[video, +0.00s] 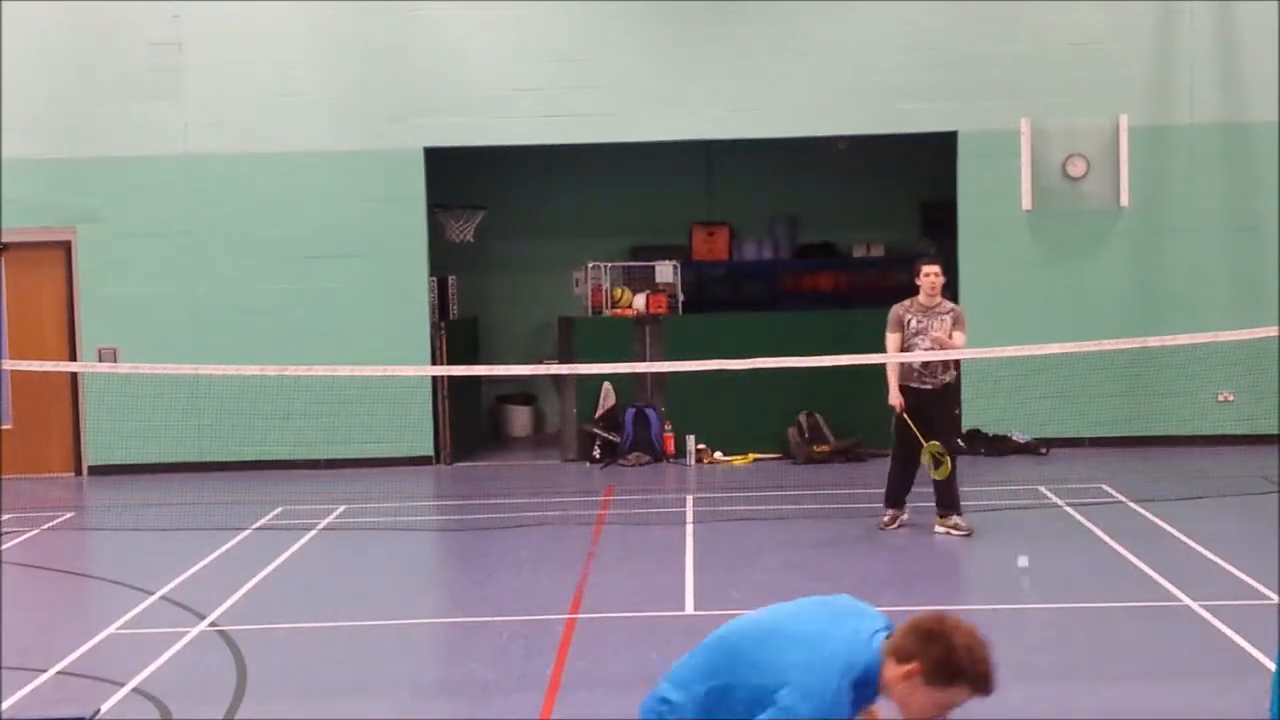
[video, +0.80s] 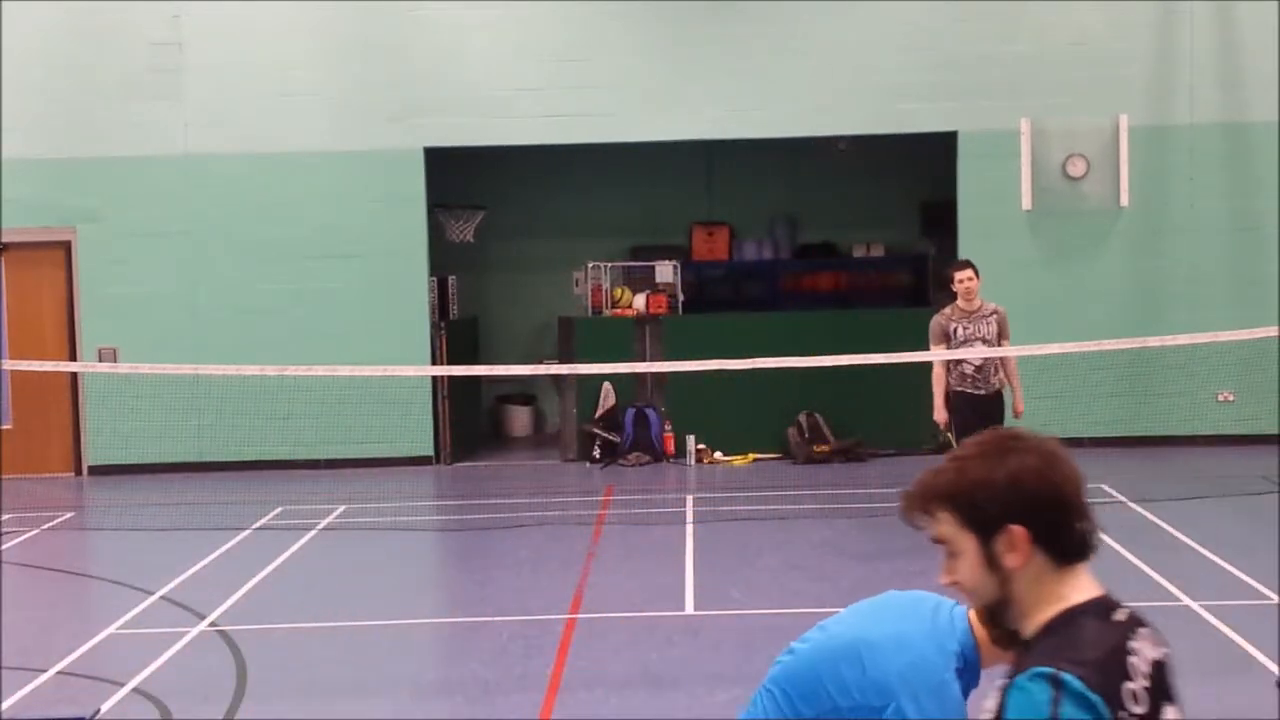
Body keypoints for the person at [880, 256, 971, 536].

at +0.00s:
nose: (933, 280)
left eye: (937, 275)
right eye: (927, 275)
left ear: (944, 280)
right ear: (917, 280)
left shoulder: (954, 312)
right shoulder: (900, 312)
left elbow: (960, 344)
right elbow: (892, 354)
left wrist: (945, 341)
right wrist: (893, 390)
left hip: (944, 391)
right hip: (910, 390)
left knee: (945, 451)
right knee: (904, 451)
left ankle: (947, 515)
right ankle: (895, 508)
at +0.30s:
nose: (950, 280)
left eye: (954, 274)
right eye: (944, 275)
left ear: (963, 278)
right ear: (937, 280)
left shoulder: (979, 312)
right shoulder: (923, 312)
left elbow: (985, 347)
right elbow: (912, 354)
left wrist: (958, 340)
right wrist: (907, 390)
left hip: (964, 390)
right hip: (931, 389)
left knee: (959, 454)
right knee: (935, 452)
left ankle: (950, 516)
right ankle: (923, 512)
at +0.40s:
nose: (953, 281)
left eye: (957, 275)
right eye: (947, 277)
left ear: (967, 278)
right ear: (941, 281)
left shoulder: (983, 312)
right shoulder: (928, 313)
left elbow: (991, 350)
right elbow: (917, 355)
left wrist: (973, 360)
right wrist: (913, 393)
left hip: (969, 389)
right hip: (937, 388)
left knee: (964, 453)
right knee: (944, 452)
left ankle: (957, 515)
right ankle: (943, 516)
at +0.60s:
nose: (959, 285)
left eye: (964, 279)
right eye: (954, 281)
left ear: (973, 281)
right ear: (947, 285)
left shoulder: (991, 316)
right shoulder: (935, 319)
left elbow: (999, 358)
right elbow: (927, 362)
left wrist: (997, 393)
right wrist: (926, 401)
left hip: (980, 394)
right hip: (949, 394)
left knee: (971, 456)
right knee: (961, 457)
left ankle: (948, 512)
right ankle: (976, 519)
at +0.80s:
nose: (967, 286)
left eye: (970, 280)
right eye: (961, 282)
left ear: (979, 281)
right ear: (953, 286)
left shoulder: (997, 314)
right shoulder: (942, 321)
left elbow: (1007, 357)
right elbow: (939, 366)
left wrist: (1017, 395)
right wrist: (939, 406)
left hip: (992, 394)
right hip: (961, 396)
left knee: (994, 454)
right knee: (967, 457)